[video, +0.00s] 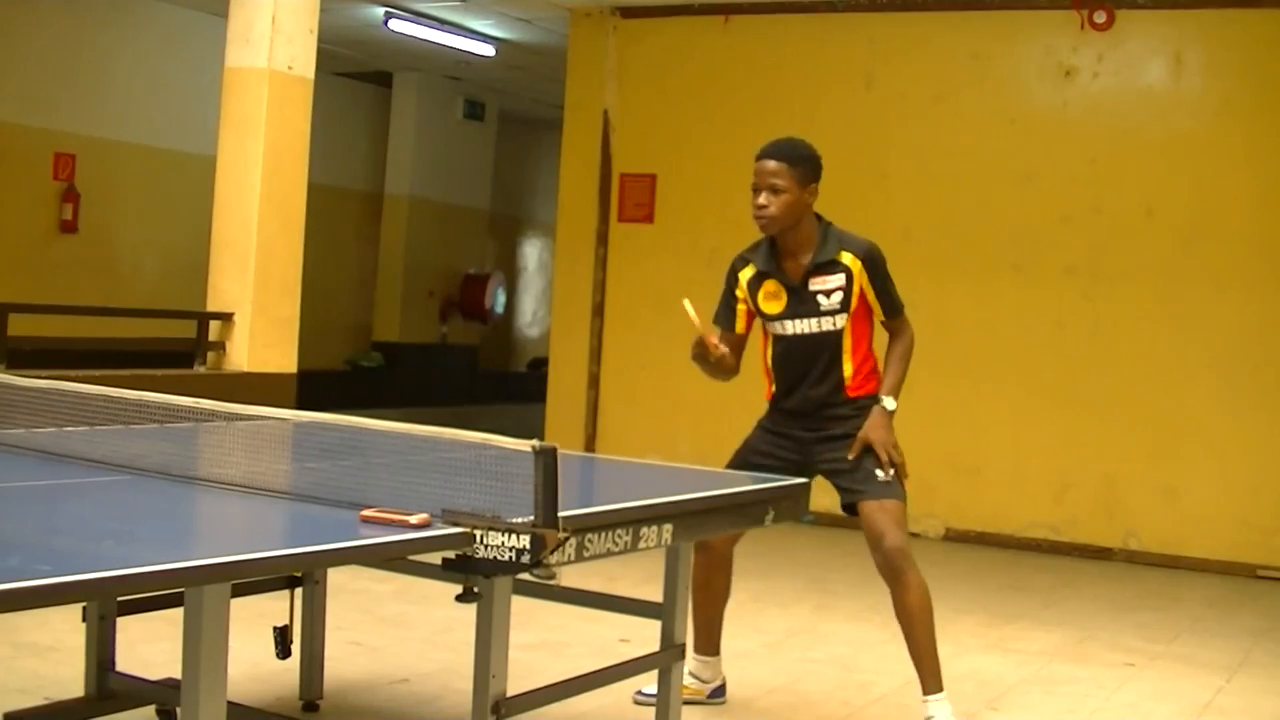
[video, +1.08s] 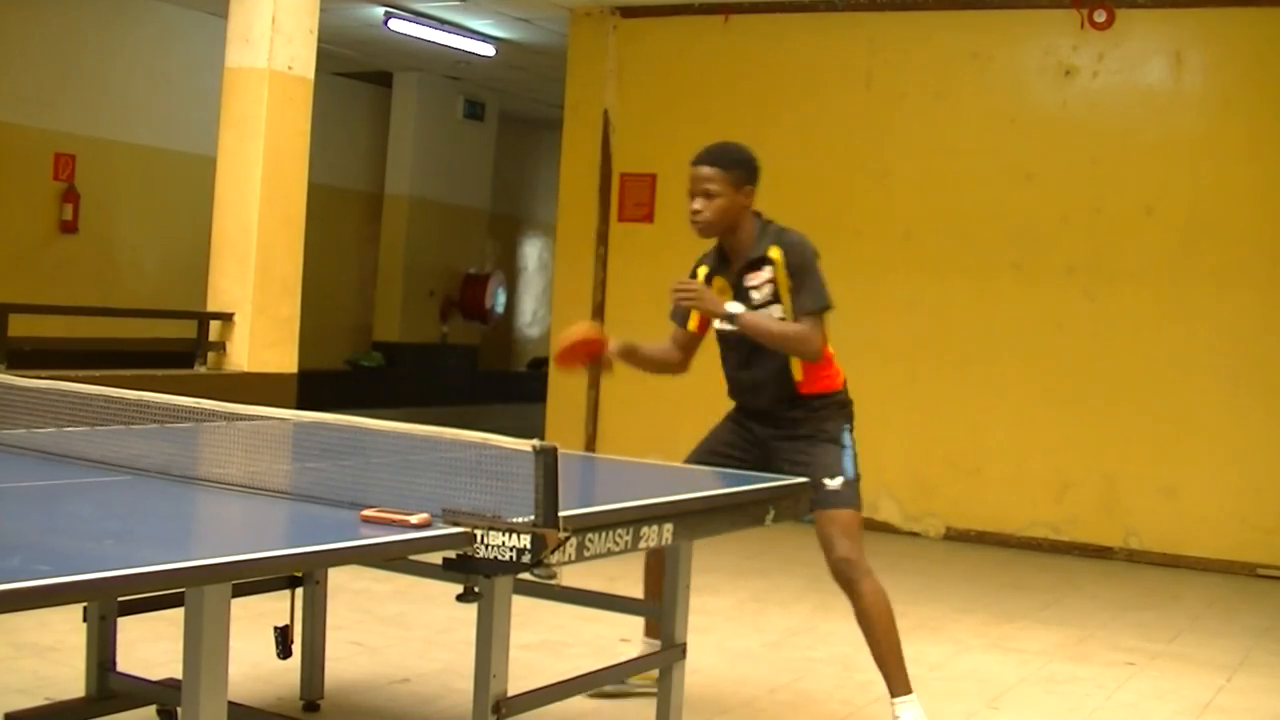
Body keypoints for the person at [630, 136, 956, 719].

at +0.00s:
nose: (758, 203)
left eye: (772, 191)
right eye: (755, 190)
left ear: (810, 193)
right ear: (753, 192)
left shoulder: (859, 257)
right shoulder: (748, 268)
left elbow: (900, 331)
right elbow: (728, 365)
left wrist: (884, 408)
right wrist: (709, 356)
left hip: (853, 427)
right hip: (782, 427)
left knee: (892, 549)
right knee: (710, 530)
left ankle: (935, 702)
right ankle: (704, 672)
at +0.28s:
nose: (778, 253)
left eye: (791, 241)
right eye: (773, 240)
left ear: (827, 239)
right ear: (769, 238)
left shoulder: (877, 292)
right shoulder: (762, 310)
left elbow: (920, 366)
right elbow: (720, 394)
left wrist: (892, 415)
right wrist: (719, 424)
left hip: (878, 444)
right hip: (804, 446)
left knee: (917, 559)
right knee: (714, 542)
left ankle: (949, 710)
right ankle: (704, 674)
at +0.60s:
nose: (780, 267)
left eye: (792, 255)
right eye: (774, 254)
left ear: (828, 246)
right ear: (766, 247)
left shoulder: (874, 288)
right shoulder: (755, 305)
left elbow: (911, 356)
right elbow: (690, 363)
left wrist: (897, 388)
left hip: (868, 444)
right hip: (791, 446)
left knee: (910, 558)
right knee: (708, 545)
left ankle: (945, 709)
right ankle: (704, 675)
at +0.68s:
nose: (778, 250)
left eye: (790, 238)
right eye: (772, 236)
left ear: (826, 229)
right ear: (766, 230)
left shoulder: (874, 279)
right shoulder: (753, 287)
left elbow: (907, 346)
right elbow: (666, 334)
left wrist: (894, 371)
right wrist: (614, 308)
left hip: (863, 440)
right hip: (785, 440)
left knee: (907, 553)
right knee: (705, 541)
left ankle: (933, 707)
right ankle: (702, 673)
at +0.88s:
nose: (762, 231)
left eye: (775, 219)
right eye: (758, 218)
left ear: (813, 221)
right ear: (755, 219)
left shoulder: (857, 287)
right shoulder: (742, 284)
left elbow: (892, 375)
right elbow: (649, 323)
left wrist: (860, 368)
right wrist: (602, 269)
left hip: (844, 450)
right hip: (766, 448)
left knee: (902, 557)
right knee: (680, 550)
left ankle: (924, 709)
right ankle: (673, 669)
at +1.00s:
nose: (724, 215)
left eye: (738, 204)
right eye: (722, 203)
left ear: (776, 206)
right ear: (722, 204)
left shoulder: (822, 268)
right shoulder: (720, 275)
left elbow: (847, 360)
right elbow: (652, 345)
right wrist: (609, 305)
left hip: (824, 442)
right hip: (748, 438)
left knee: (869, 559)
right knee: (659, 526)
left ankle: (915, 708)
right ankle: (669, 664)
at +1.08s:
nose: (694, 206)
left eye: (707, 194)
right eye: (691, 194)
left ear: (746, 196)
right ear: (693, 197)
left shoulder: (789, 249)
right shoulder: (706, 269)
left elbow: (811, 342)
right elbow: (677, 354)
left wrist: (726, 310)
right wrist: (622, 349)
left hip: (816, 422)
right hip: (750, 420)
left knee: (845, 561)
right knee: (662, 515)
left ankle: (905, 704)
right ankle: (652, 656)